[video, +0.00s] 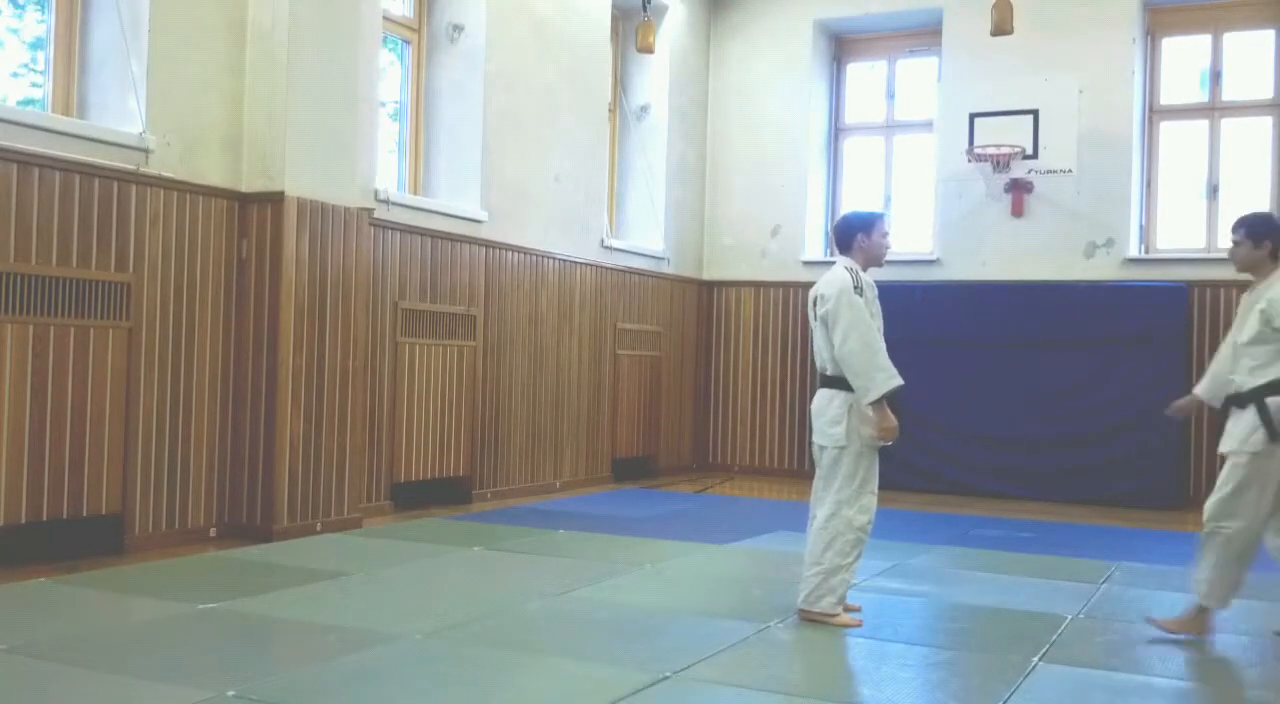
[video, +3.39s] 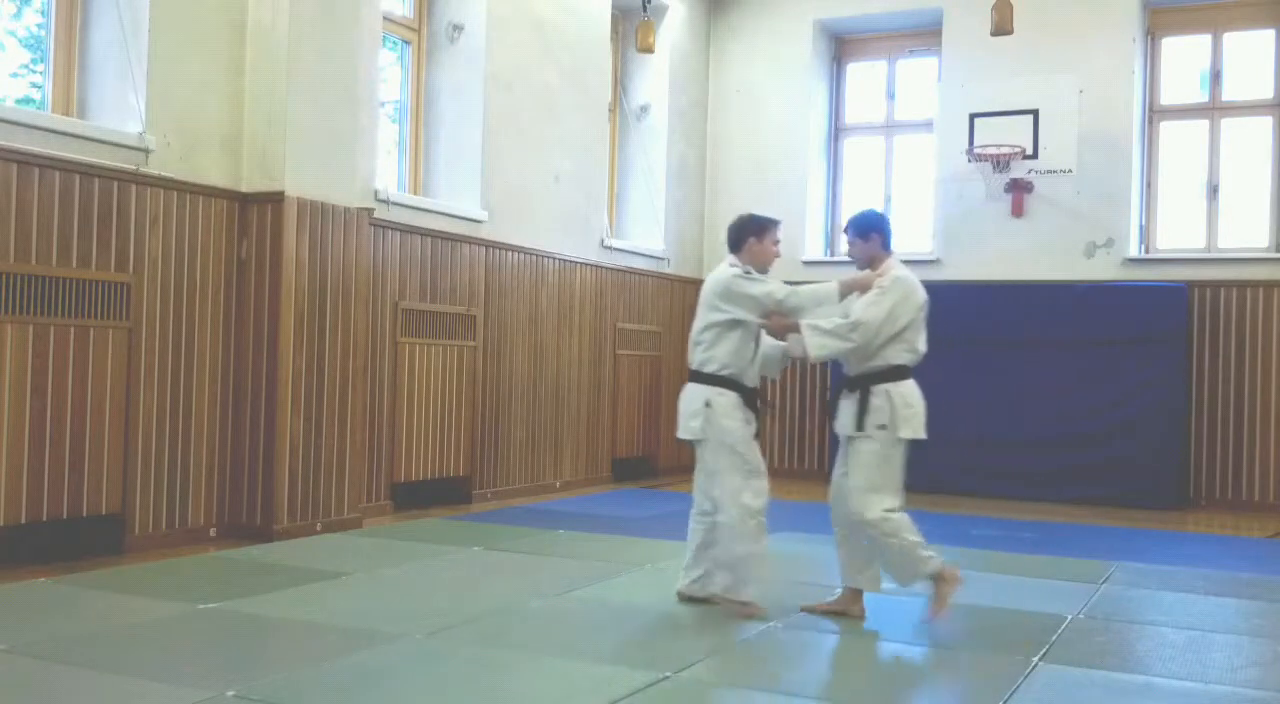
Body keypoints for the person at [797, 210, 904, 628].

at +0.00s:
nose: (889, 244)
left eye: (887, 236)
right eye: (883, 236)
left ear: (858, 241)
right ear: (861, 240)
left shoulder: (844, 281)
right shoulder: (845, 285)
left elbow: (859, 347)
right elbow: (858, 349)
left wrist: (877, 401)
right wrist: (881, 406)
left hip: (842, 401)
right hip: (846, 404)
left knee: (839, 502)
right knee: (847, 506)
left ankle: (826, 591)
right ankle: (819, 601)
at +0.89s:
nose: (888, 244)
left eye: (887, 236)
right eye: (882, 236)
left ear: (860, 240)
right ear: (861, 240)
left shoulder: (855, 283)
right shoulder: (838, 283)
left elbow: (874, 336)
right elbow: (858, 342)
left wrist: (914, 366)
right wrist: (915, 369)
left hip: (851, 406)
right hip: (837, 407)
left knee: (845, 506)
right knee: (836, 508)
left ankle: (826, 592)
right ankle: (815, 602)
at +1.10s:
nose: (886, 245)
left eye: (885, 237)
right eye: (880, 237)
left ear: (853, 242)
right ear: (855, 241)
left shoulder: (840, 280)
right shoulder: (840, 281)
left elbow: (847, 347)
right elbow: (891, 319)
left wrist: (891, 363)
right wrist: (951, 316)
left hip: (840, 403)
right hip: (839, 407)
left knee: (839, 505)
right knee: (839, 508)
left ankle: (824, 594)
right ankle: (816, 603)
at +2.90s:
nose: (847, 247)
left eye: (846, 239)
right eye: (844, 239)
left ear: (810, 239)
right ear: (825, 239)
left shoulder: (779, 279)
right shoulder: (813, 283)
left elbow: (818, 330)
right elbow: (879, 303)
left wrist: (859, 333)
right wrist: (943, 285)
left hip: (780, 401)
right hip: (804, 408)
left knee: (791, 498)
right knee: (819, 506)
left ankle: (769, 573)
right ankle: (813, 604)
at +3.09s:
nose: (816, 251)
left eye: (816, 243)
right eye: (813, 242)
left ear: (785, 243)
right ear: (793, 242)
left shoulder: (759, 281)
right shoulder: (782, 285)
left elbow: (793, 336)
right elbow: (846, 306)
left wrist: (834, 341)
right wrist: (910, 288)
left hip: (761, 404)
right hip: (781, 408)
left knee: (769, 497)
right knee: (806, 504)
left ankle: (712, 563)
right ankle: (811, 604)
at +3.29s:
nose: (792, 256)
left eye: (791, 248)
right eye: (787, 247)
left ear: (763, 250)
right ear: (764, 248)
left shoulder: (748, 286)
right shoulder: (744, 285)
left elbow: (764, 355)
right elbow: (801, 304)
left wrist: (807, 346)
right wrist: (865, 289)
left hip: (731, 404)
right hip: (733, 407)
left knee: (724, 503)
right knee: (766, 501)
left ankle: (697, 585)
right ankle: (789, 599)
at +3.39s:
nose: (778, 252)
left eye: (778, 244)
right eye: (773, 243)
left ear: (748, 244)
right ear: (750, 243)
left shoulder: (740, 283)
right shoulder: (727, 279)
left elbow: (752, 356)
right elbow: (781, 299)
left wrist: (796, 343)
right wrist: (844, 287)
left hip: (724, 401)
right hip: (717, 401)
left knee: (711, 495)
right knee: (748, 489)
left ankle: (697, 582)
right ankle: (733, 589)